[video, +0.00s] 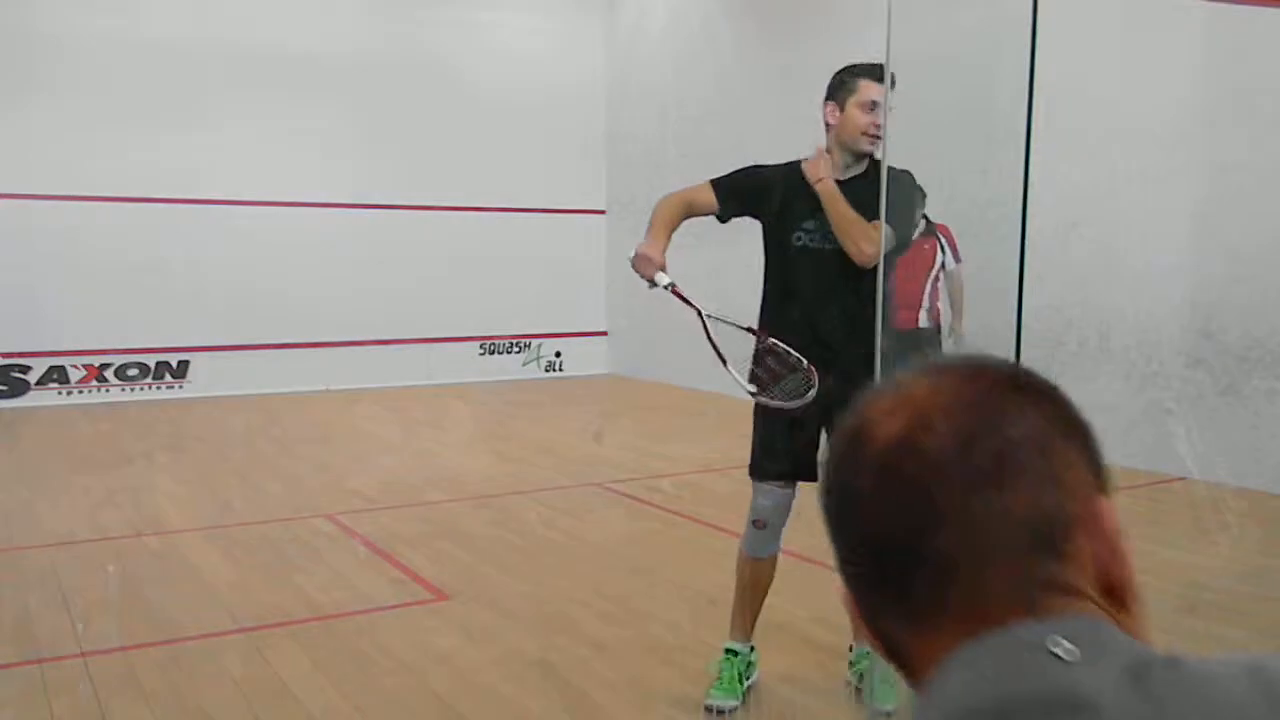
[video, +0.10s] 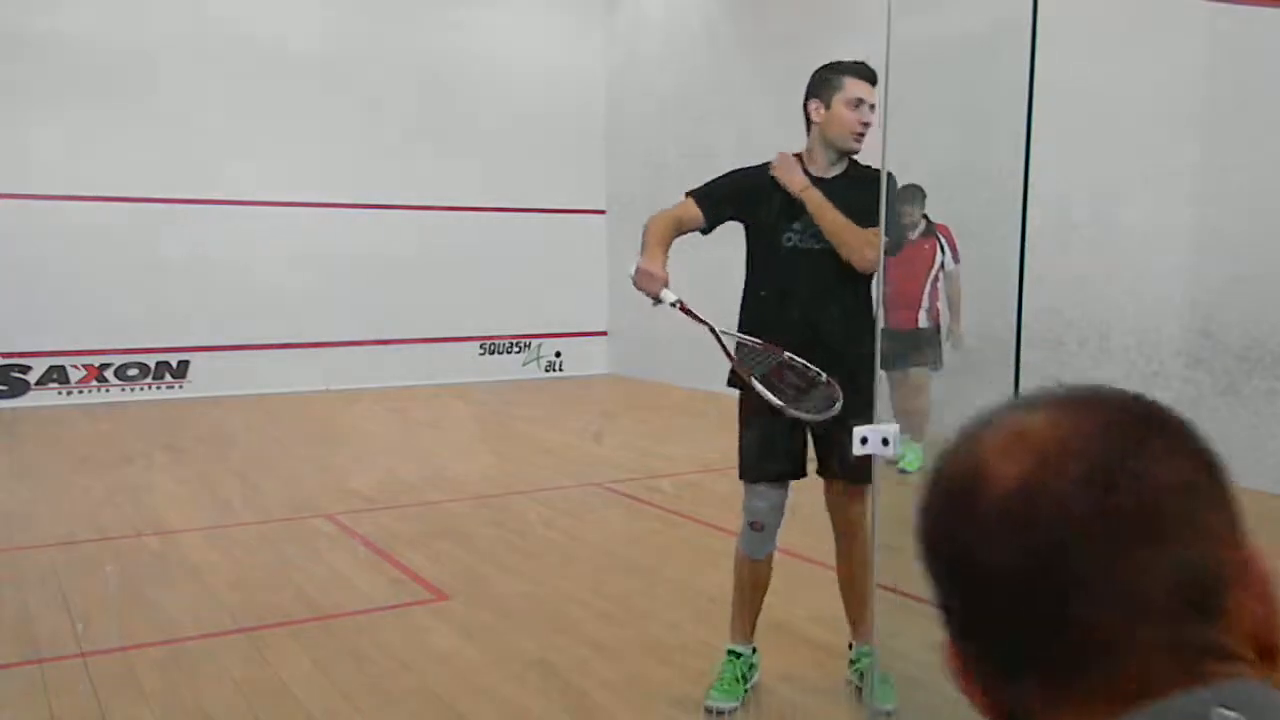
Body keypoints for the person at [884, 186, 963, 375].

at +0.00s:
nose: (911, 215)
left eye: (915, 208)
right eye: (906, 209)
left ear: (922, 207)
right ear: (897, 209)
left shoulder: (939, 235)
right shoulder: (888, 235)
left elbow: (953, 280)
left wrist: (956, 324)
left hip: (924, 332)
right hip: (890, 331)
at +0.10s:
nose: (908, 221)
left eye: (913, 215)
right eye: (903, 216)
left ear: (923, 211)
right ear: (895, 213)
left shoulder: (940, 236)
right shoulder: (888, 237)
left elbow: (952, 279)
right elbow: (871, 274)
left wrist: (955, 321)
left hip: (922, 325)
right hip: (891, 324)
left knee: (918, 384)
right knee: (897, 384)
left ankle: (916, 443)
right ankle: (903, 438)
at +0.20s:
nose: (906, 219)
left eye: (911, 214)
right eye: (902, 214)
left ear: (923, 211)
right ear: (896, 209)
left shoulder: (940, 235)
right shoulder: (885, 234)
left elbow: (952, 278)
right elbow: (865, 274)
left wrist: (955, 320)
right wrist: (850, 308)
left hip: (922, 326)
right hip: (890, 325)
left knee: (917, 383)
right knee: (897, 384)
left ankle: (916, 443)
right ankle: (904, 437)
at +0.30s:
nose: (906, 219)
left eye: (911, 214)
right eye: (902, 213)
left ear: (923, 210)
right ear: (896, 210)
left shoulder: (940, 235)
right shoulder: (882, 234)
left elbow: (954, 277)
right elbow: (863, 270)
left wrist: (956, 319)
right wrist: (851, 305)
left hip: (923, 327)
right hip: (891, 326)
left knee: (918, 382)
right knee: (895, 382)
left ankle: (916, 443)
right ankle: (904, 438)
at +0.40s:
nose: (905, 219)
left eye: (910, 214)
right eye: (901, 214)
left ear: (922, 209)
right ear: (895, 210)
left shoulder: (939, 235)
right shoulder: (882, 234)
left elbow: (954, 277)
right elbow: (863, 270)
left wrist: (957, 319)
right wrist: (852, 307)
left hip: (924, 328)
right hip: (890, 327)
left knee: (919, 384)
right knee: (897, 386)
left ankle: (916, 444)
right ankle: (904, 439)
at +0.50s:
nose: (905, 219)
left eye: (910, 214)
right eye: (900, 214)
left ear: (922, 210)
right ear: (894, 210)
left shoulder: (940, 235)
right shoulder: (882, 235)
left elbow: (953, 276)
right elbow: (862, 272)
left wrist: (958, 318)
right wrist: (846, 313)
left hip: (923, 328)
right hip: (888, 327)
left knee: (918, 385)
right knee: (895, 385)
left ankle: (916, 444)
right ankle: (903, 438)